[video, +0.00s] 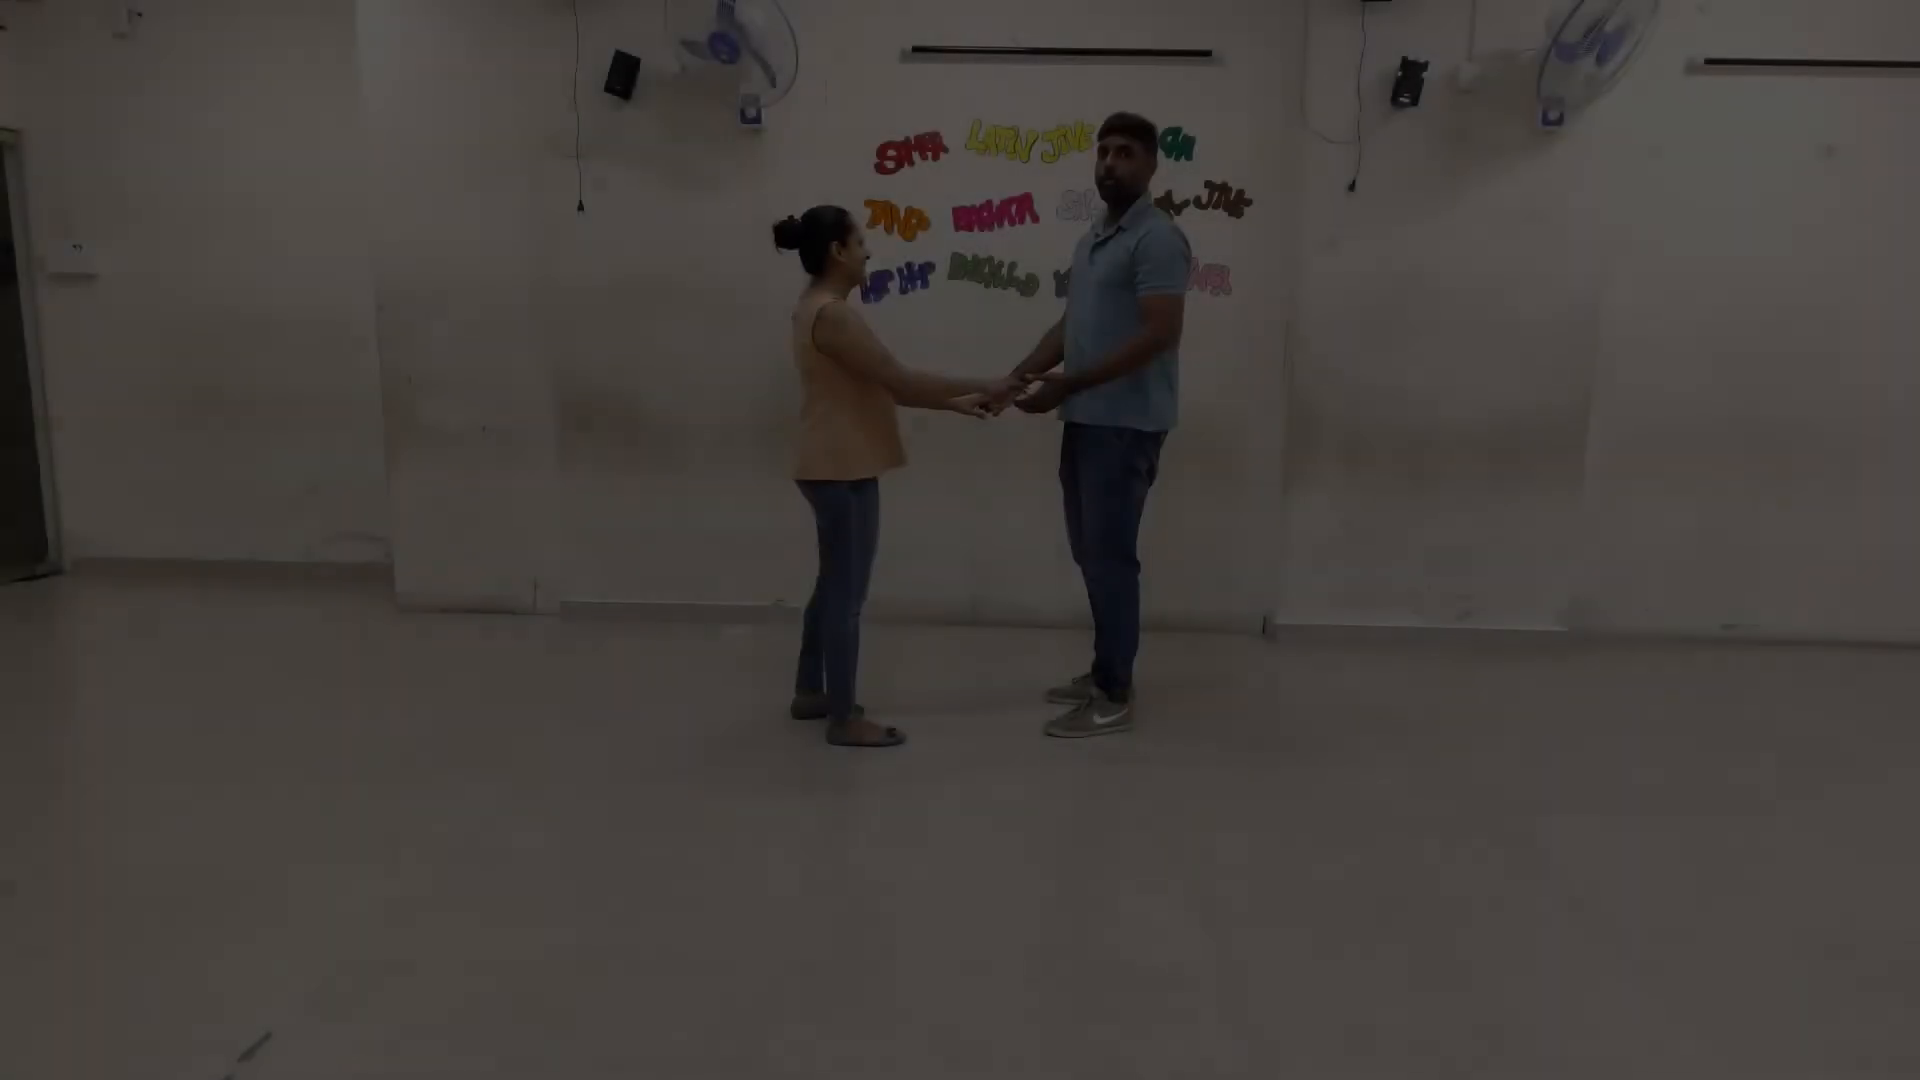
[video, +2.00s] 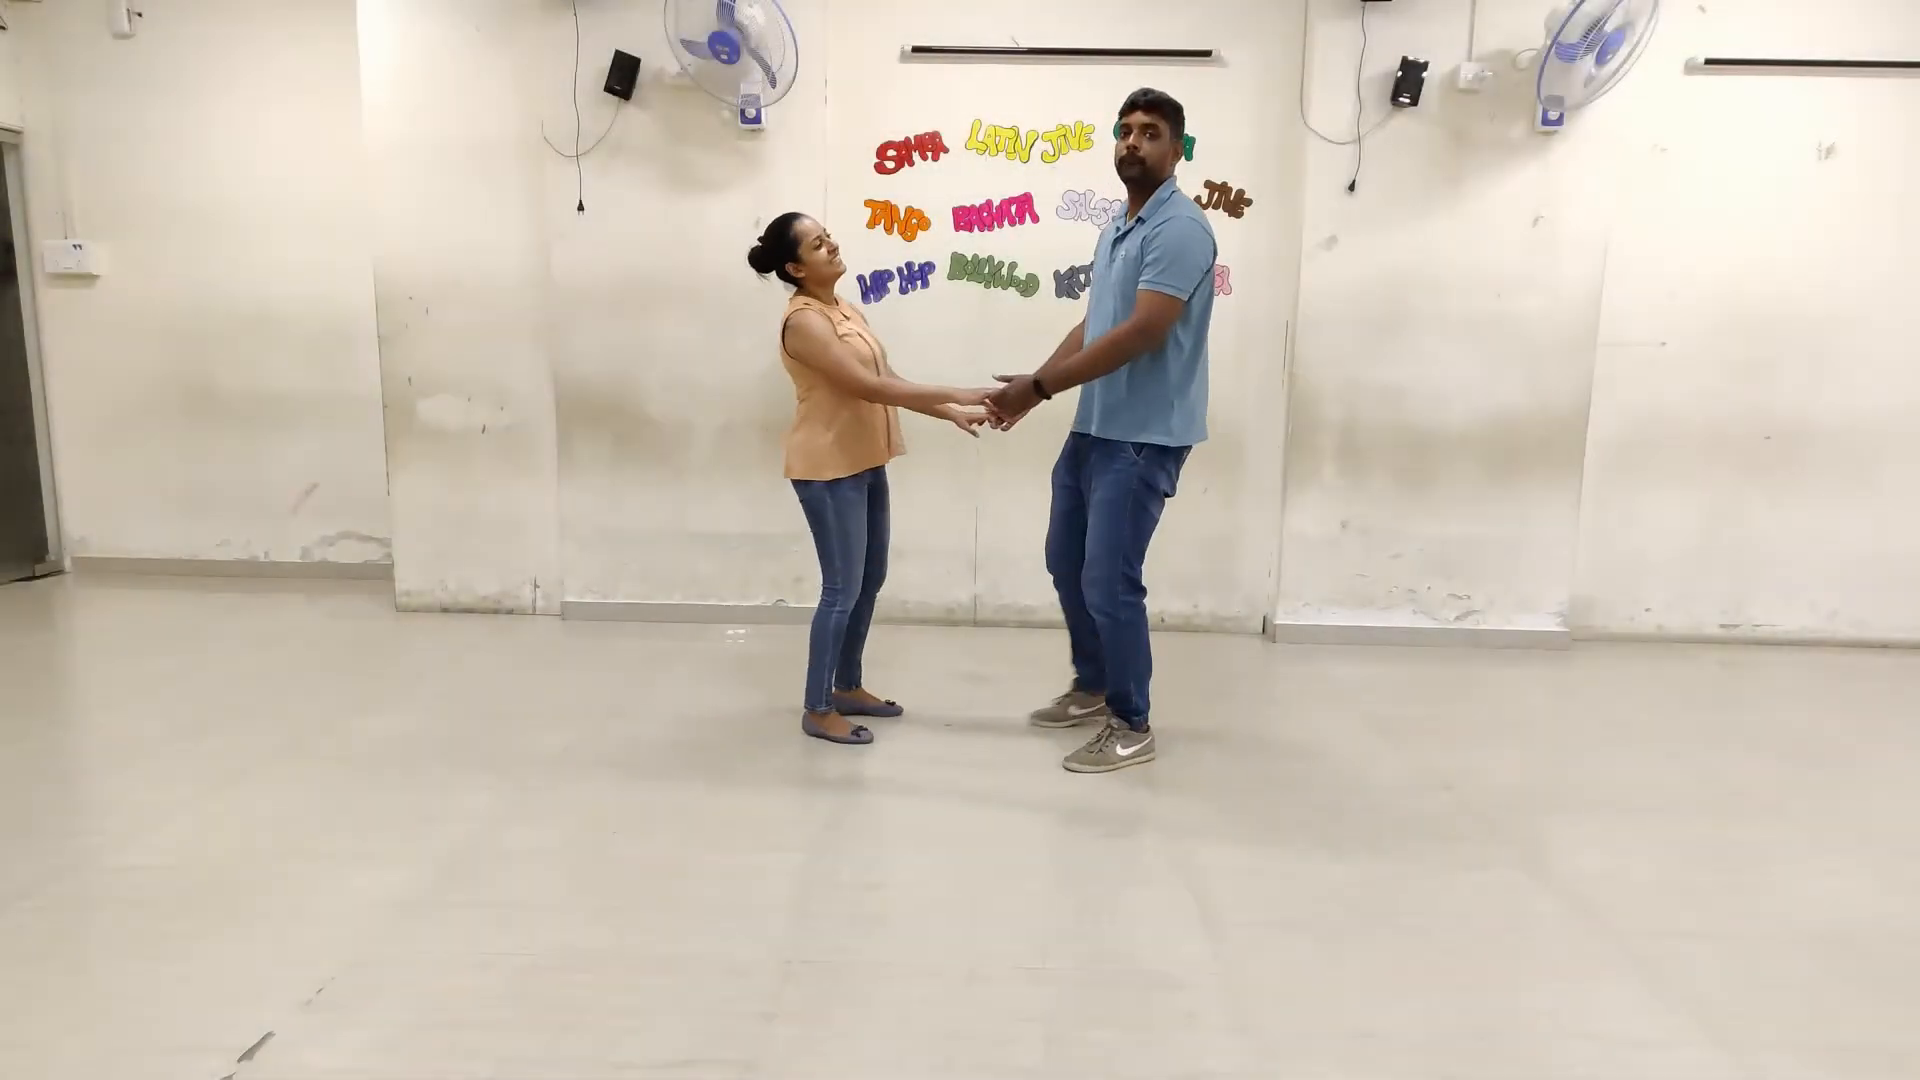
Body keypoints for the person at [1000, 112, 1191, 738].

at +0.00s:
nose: (1111, 163)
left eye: (1125, 154)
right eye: (1105, 153)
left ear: (1151, 166)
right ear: (1095, 163)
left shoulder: (1159, 238)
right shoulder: (1094, 240)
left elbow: (1162, 333)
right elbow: (1073, 324)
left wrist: (1071, 383)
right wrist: (1022, 373)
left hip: (1128, 421)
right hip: (1088, 416)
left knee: (1111, 552)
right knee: (1092, 551)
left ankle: (1114, 697)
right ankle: (1107, 674)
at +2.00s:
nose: (1133, 143)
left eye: (1150, 134)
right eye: (1126, 133)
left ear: (1177, 150)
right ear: (1115, 146)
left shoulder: (1183, 228)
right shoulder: (1116, 232)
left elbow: (1147, 330)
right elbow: (1090, 328)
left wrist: (1044, 384)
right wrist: (1032, 386)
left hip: (1145, 436)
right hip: (1095, 428)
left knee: (1111, 580)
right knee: (1067, 560)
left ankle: (1132, 727)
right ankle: (1096, 687)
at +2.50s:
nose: (1151, 153)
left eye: (1170, 144)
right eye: (1147, 142)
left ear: (1202, 161)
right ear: (1139, 153)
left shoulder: (1200, 240)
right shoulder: (1148, 233)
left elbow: (1142, 342)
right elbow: (1105, 329)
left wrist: (1039, 389)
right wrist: (1033, 389)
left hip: (1164, 442)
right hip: (1126, 435)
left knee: (1107, 583)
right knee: (1118, 574)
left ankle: (1127, 725)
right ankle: (1202, 689)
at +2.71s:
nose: (1152, 149)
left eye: (1167, 138)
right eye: (1153, 139)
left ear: (1208, 150)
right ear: (1169, 153)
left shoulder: (1214, 231)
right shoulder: (1175, 229)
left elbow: (1160, 331)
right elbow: (1128, 320)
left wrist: (1059, 365)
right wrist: (1046, 352)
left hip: (1196, 437)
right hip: (1189, 433)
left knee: (1137, 575)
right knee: (1195, 570)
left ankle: (1126, 727)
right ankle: (1228, 711)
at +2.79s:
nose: (1152, 150)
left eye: (1166, 140)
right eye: (1153, 140)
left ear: (1206, 151)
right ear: (1185, 154)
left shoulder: (1214, 227)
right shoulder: (1179, 229)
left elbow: (1166, 331)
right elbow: (1134, 320)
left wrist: (1062, 363)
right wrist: (1050, 349)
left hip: (1206, 436)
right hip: (1196, 433)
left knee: (1147, 572)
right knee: (1201, 570)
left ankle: (1138, 728)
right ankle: (1229, 710)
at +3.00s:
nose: (1138, 159)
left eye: (1152, 149)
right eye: (1142, 148)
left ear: (1191, 158)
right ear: (1182, 160)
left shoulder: (1204, 228)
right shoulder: (1175, 230)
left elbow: (1161, 331)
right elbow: (1135, 321)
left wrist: (1056, 338)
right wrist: (1050, 335)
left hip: (1199, 432)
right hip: (1206, 430)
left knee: (1115, 551)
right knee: (1189, 568)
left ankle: (1120, 705)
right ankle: (1229, 711)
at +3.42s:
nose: (1055, 166)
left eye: (1067, 156)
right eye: (1058, 155)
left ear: (1104, 166)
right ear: (1101, 168)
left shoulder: (1116, 236)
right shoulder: (1116, 228)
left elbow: (1137, 340)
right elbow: (1129, 337)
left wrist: (1040, 364)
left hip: (1112, 437)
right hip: (1117, 433)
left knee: (1057, 569)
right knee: (1077, 557)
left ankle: (1086, 713)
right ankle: (1159, 667)